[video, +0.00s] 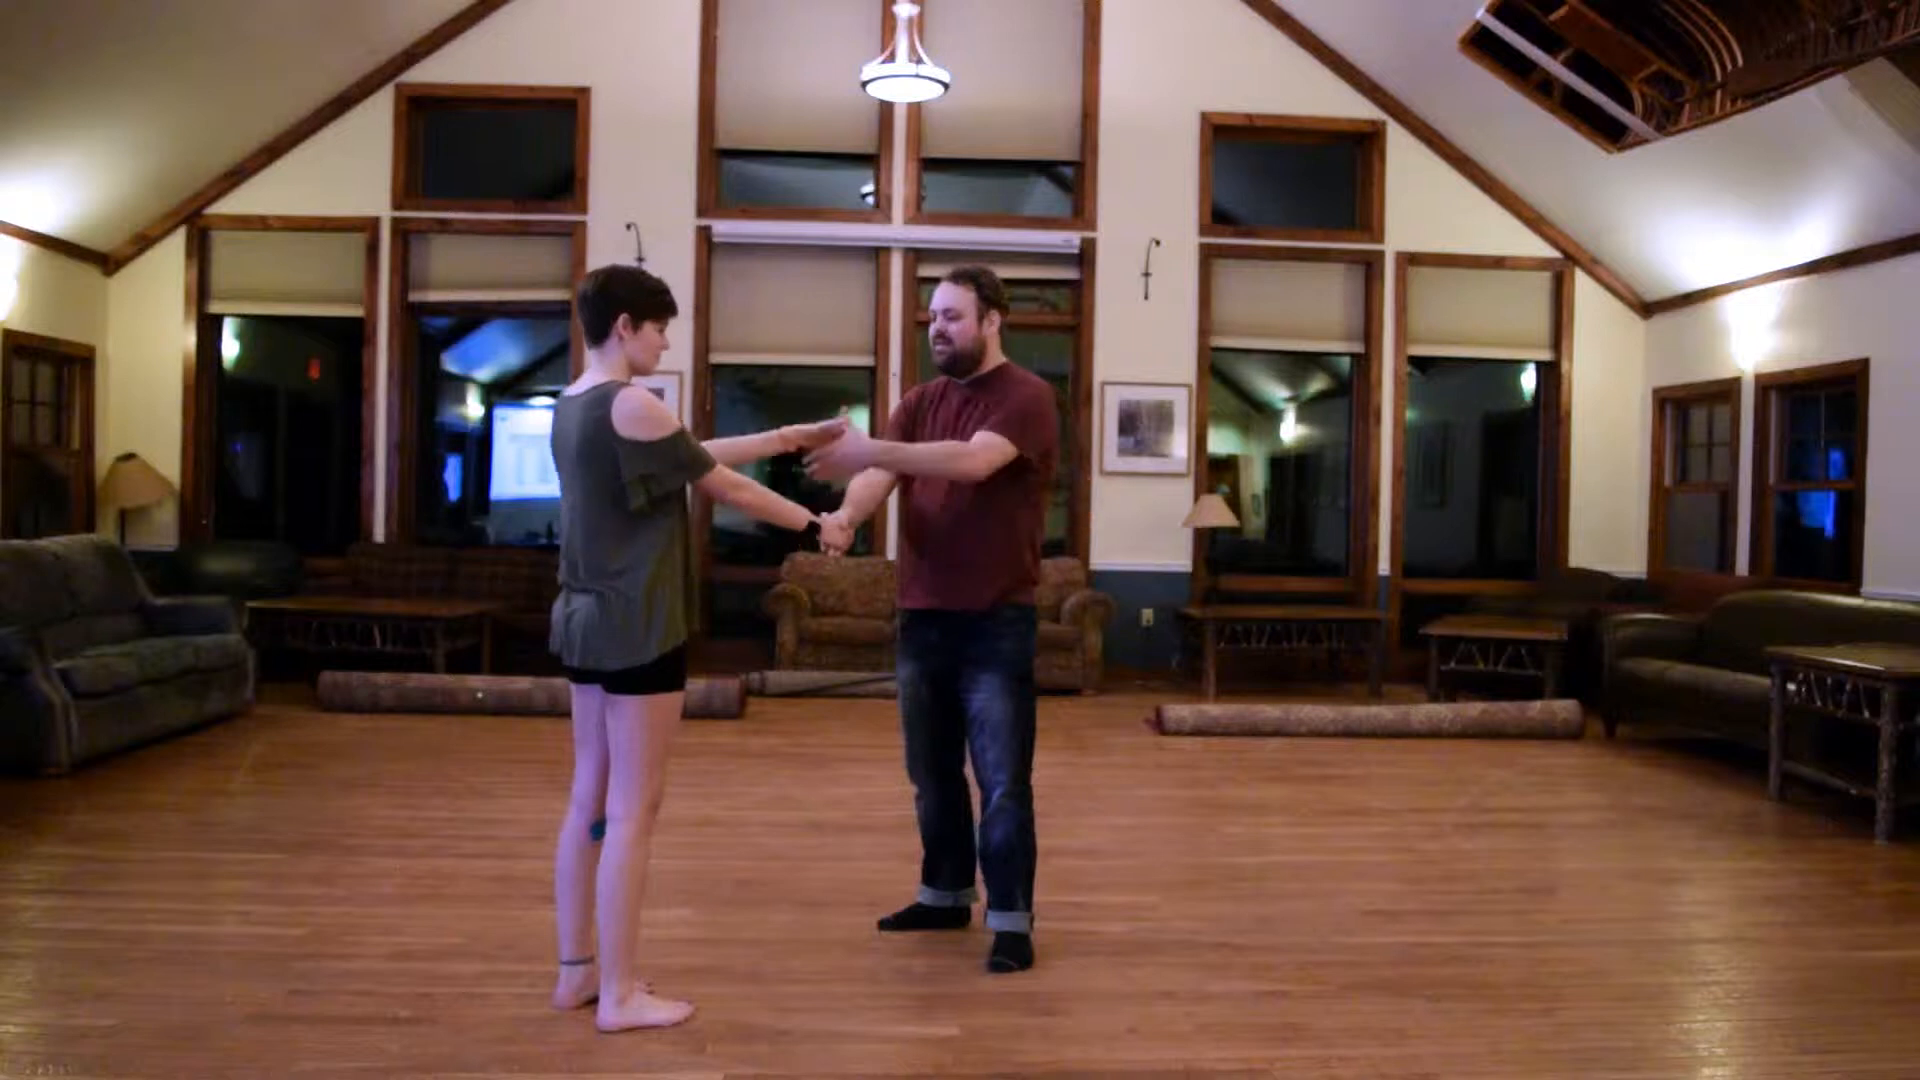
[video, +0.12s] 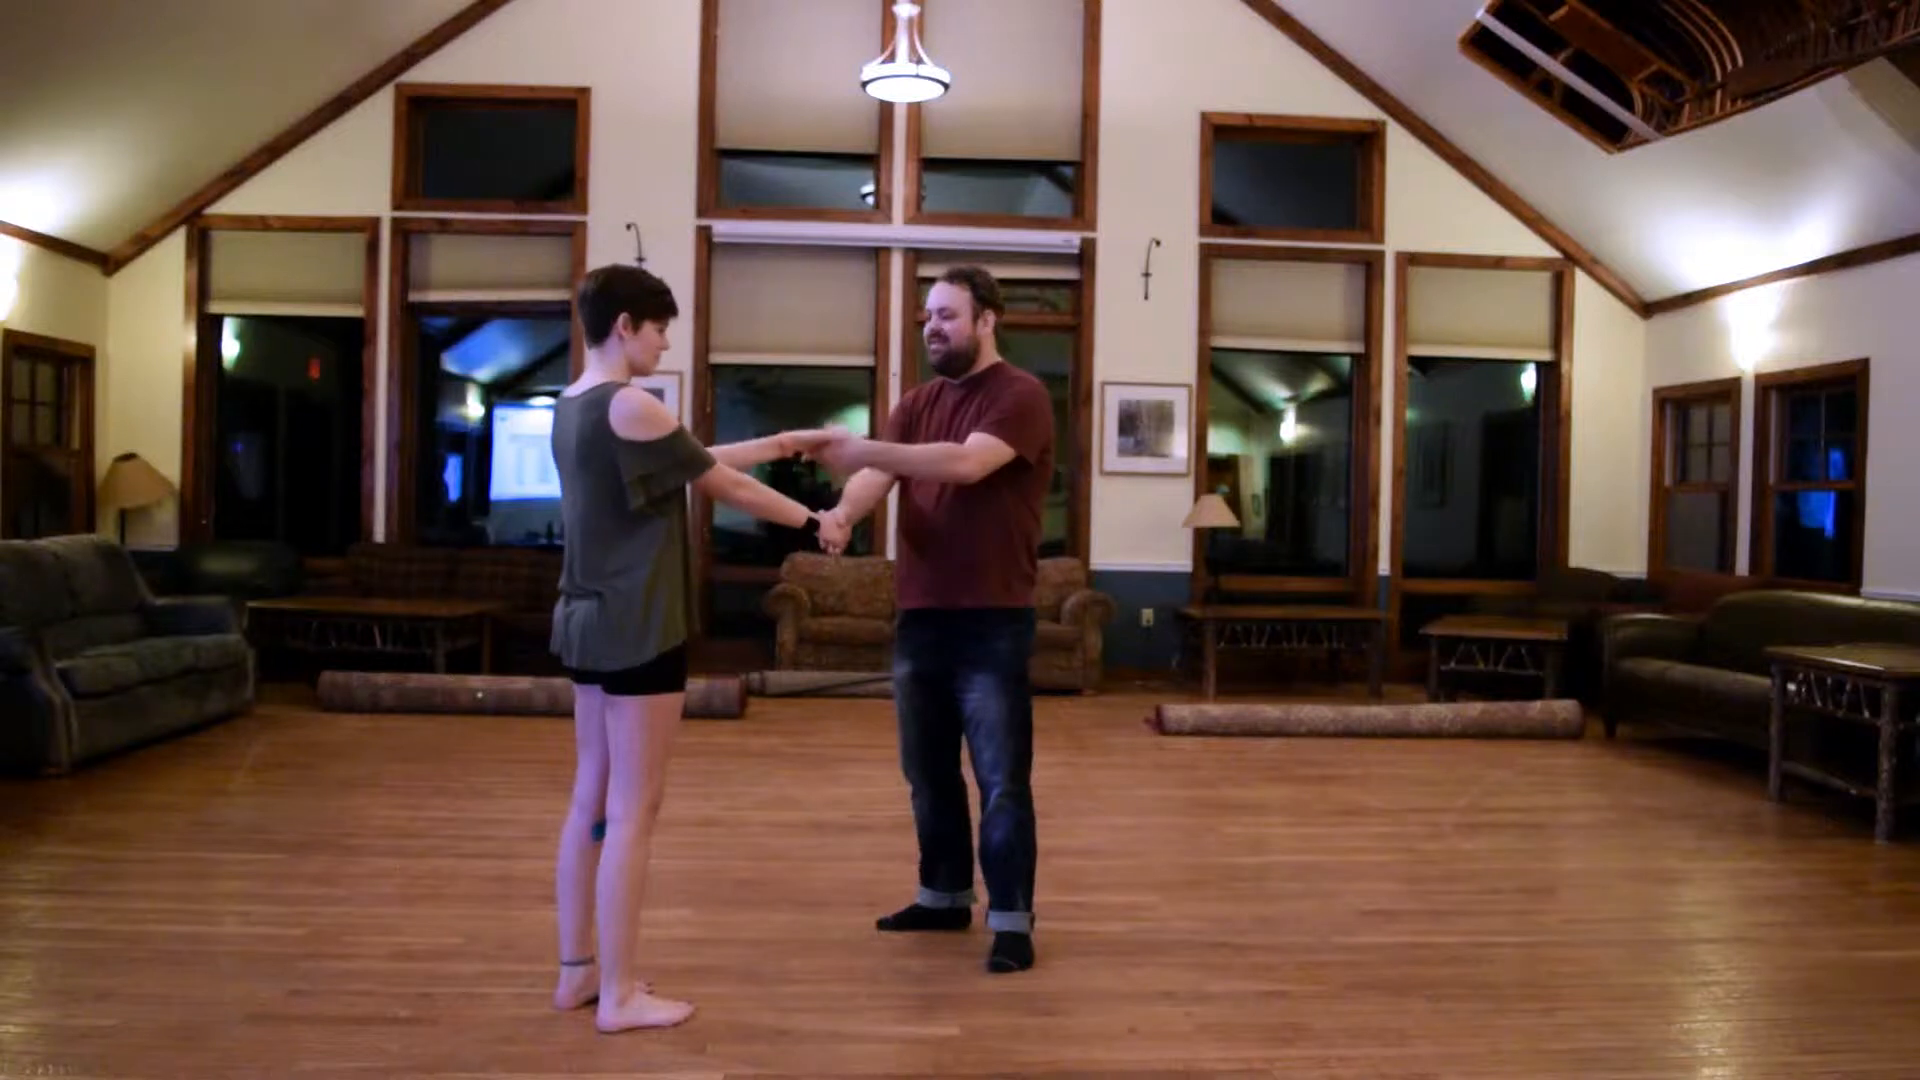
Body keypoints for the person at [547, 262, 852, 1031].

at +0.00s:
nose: (665, 341)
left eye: (665, 329)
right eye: (660, 329)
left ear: (606, 330)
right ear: (627, 329)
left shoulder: (575, 403)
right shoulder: (636, 409)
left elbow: (684, 456)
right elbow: (720, 484)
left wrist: (778, 441)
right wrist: (808, 520)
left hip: (584, 624)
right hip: (640, 632)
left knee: (586, 803)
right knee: (634, 809)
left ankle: (573, 970)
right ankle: (618, 994)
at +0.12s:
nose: (665, 342)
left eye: (665, 330)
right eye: (659, 329)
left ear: (605, 330)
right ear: (627, 328)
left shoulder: (575, 404)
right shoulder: (634, 409)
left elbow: (682, 463)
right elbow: (724, 484)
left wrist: (770, 446)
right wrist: (812, 519)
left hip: (586, 625)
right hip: (640, 633)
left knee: (589, 802)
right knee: (634, 810)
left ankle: (575, 969)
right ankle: (618, 994)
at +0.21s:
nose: (666, 343)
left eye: (666, 331)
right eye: (661, 330)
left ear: (607, 330)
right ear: (628, 328)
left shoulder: (575, 404)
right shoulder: (634, 410)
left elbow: (680, 462)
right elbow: (723, 482)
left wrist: (770, 455)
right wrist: (816, 516)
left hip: (589, 627)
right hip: (642, 635)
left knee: (593, 802)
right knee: (634, 814)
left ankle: (575, 970)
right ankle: (619, 995)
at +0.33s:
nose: (669, 346)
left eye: (669, 334)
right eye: (665, 332)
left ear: (609, 330)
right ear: (634, 329)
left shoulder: (578, 405)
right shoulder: (635, 408)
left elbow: (699, 469)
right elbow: (735, 476)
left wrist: (790, 470)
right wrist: (829, 504)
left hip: (592, 629)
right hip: (645, 636)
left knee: (608, 807)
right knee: (640, 815)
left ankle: (577, 971)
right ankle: (619, 996)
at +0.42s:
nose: (674, 347)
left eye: (674, 335)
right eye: (670, 333)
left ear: (612, 331)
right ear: (641, 329)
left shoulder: (583, 404)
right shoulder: (640, 403)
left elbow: (698, 478)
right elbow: (745, 470)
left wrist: (792, 470)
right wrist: (833, 490)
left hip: (598, 628)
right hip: (646, 634)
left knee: (634, 805)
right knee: (645, 813)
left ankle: (585, 964)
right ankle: (620, 996)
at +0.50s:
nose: (682, 345)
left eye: (682, 333)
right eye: (679, 332)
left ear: (620, 332)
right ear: (652, 330)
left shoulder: (594, 403)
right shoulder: (646, 401)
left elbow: (699, 482)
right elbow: (750, 466)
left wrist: (797, 472)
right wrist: (845, 485)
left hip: (608, 628)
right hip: (644, 633)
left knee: (662, 790)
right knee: (649, 808)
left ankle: (606, 957)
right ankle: (617, 997)